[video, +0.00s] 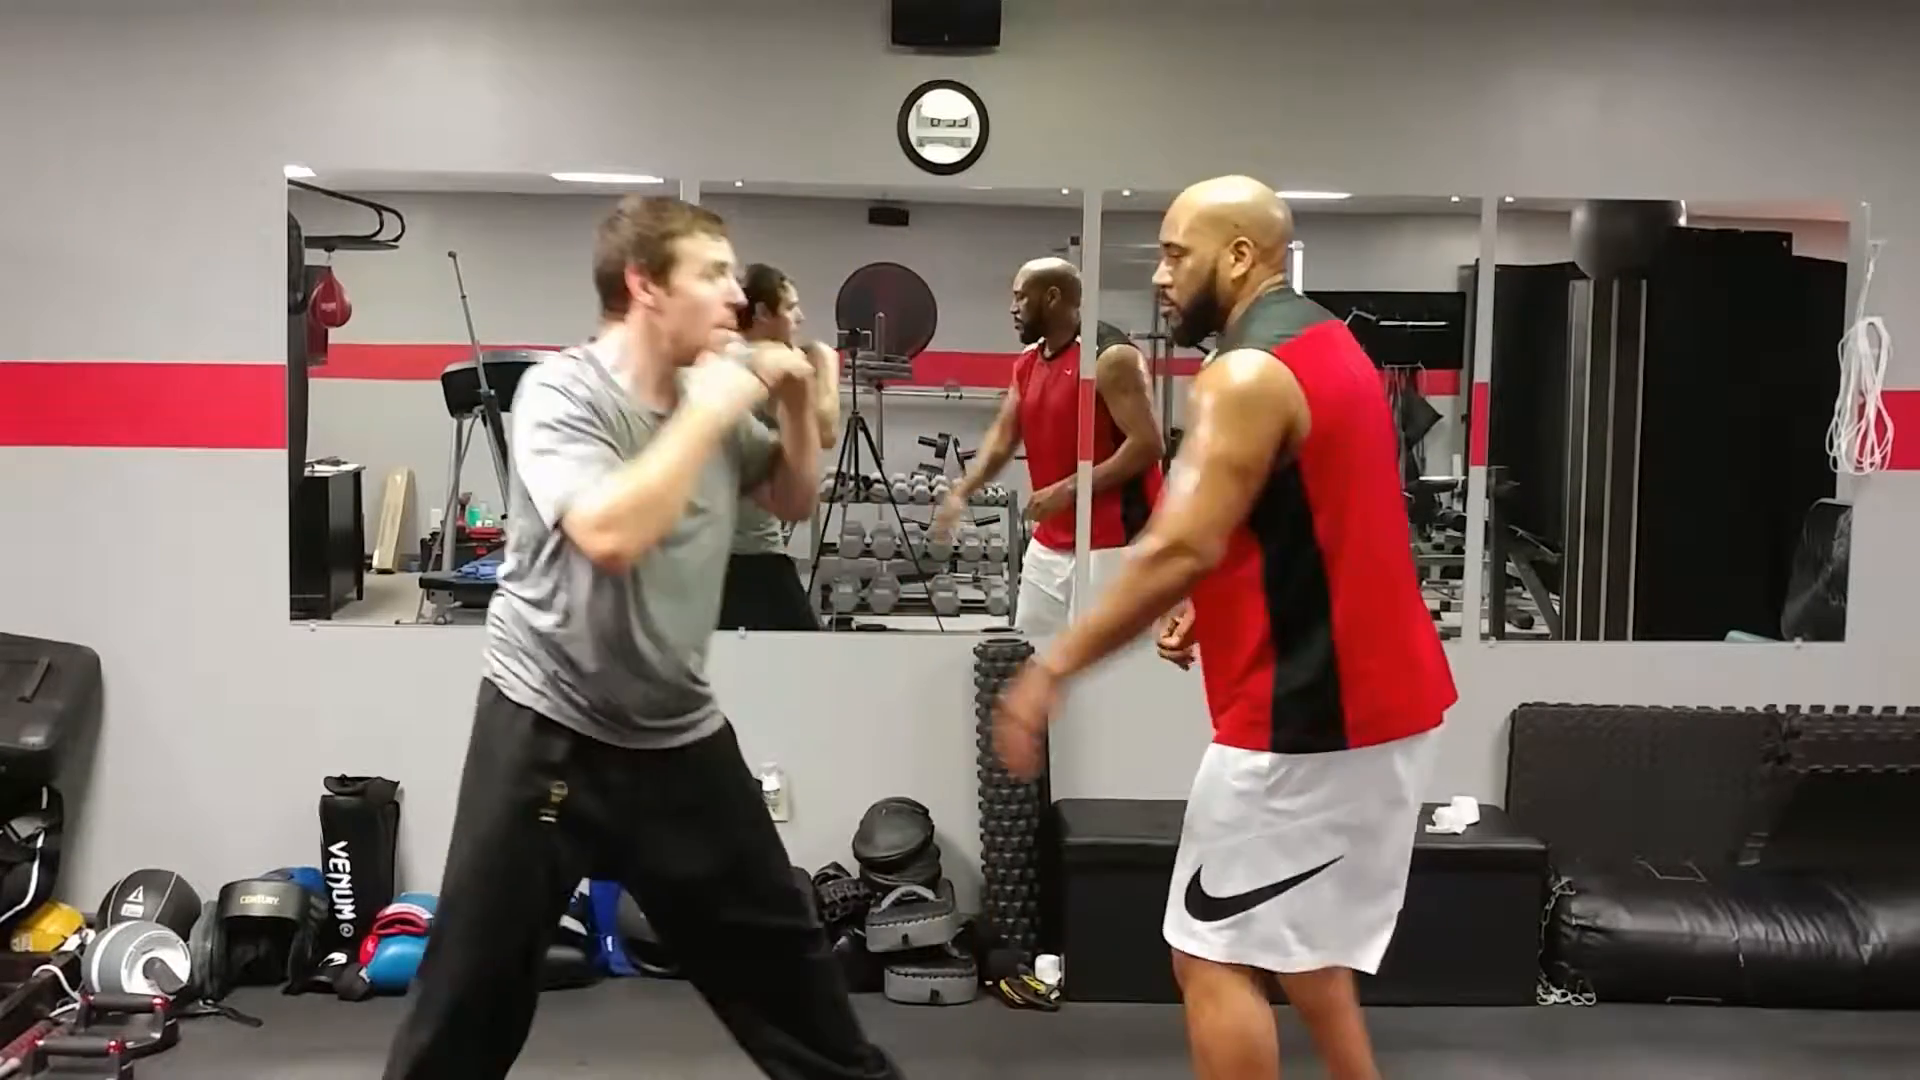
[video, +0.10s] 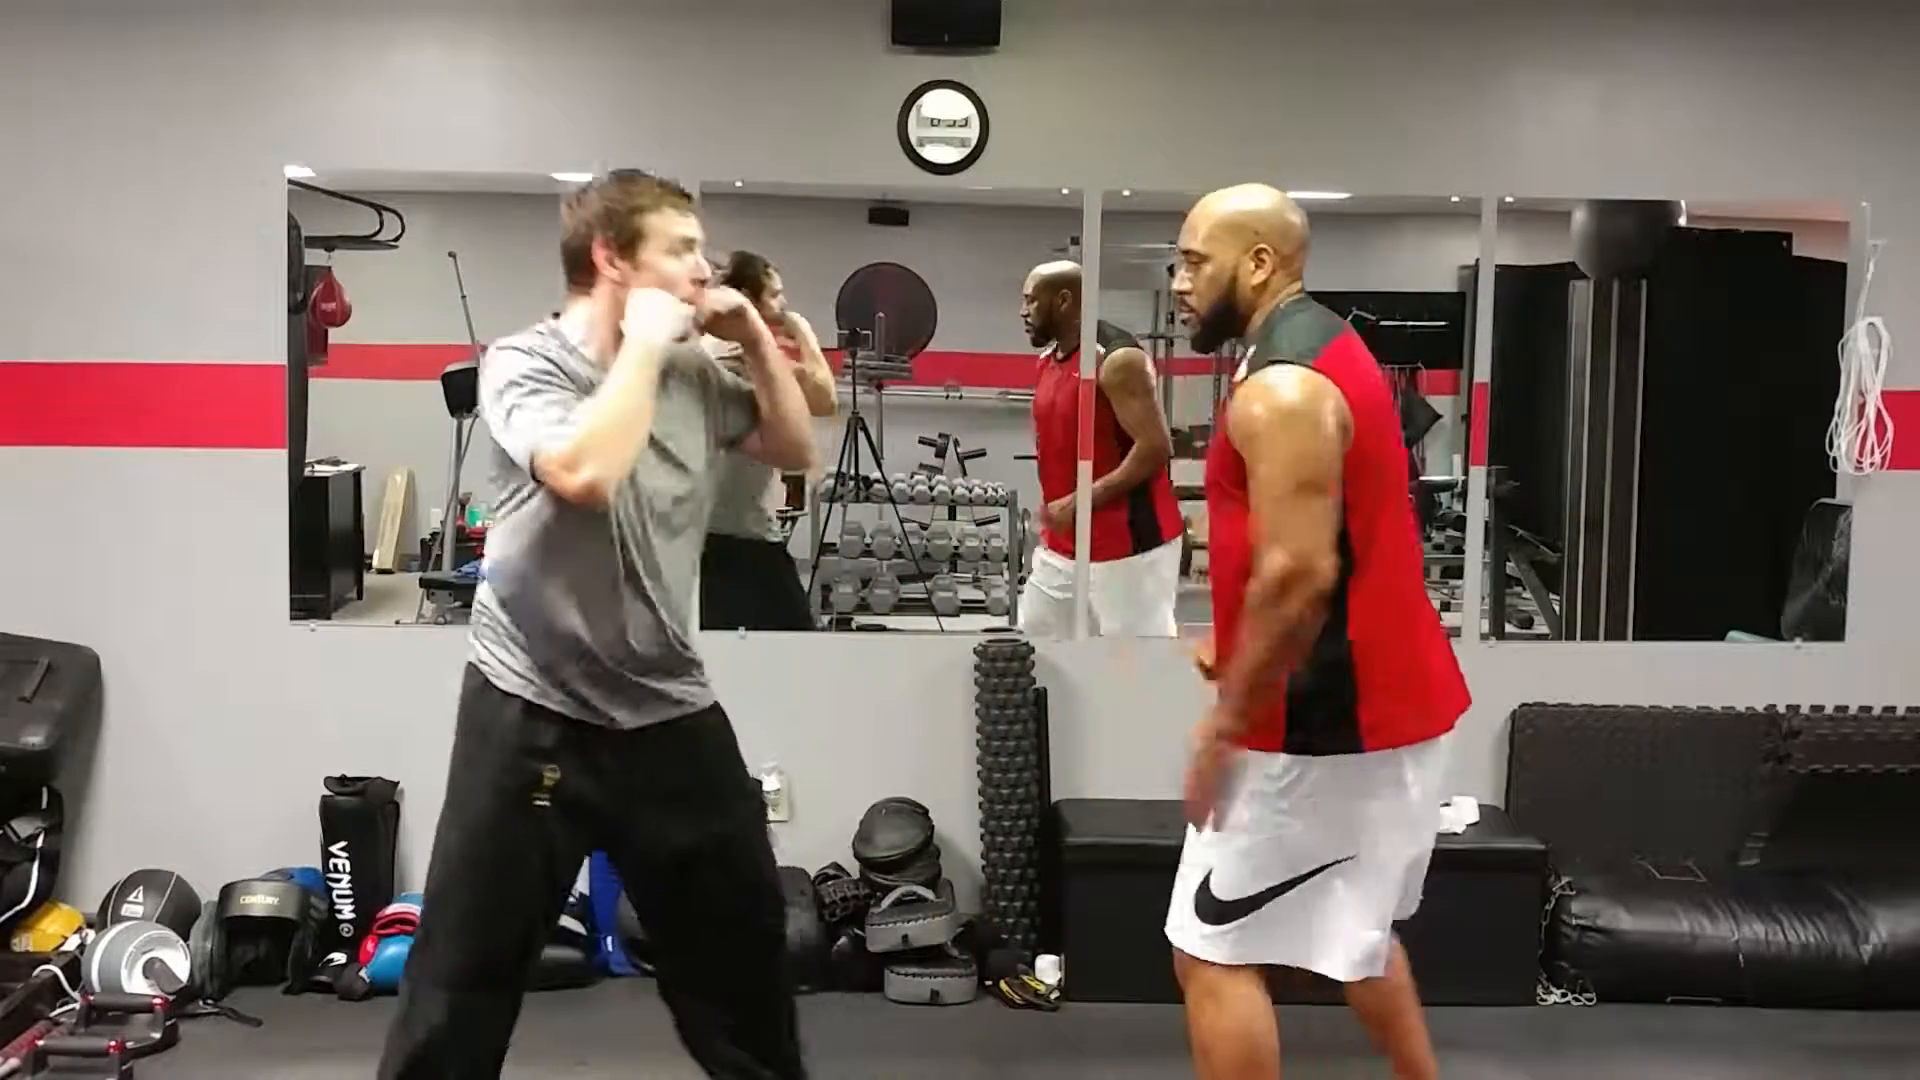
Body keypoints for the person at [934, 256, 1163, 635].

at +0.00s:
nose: (1013, 309)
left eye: (1021, 298)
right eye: (1014, 299)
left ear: (1054, 298)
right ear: (1051, 299)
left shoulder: (1112, 359)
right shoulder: (1027, 365)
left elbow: (1148, 445)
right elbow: (1002, 438)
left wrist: (1070, 489)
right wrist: (961, 490)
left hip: (1107, 551)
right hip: (1048, 545)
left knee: (1101, 675)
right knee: (1032, 664)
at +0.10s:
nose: (1023, 312)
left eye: (1031, 300)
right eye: (1024, 301)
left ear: (1064, 301)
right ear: (1060, 304)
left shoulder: (1120, 361)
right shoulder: (1052, 362)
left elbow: (1155, 448)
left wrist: (1081, 500)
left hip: (1129, 550)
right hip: (1064, 545)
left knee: (1139, 669)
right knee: (1033, 654)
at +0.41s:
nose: (1059, 307)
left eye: (1070, 296)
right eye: (1060, 295)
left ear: (1112, 301)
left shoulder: (1149, 360)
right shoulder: (1070, 364)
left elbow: (1174, 452)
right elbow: (1065, 435)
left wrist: (1127, 524)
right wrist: (1062, 480)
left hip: (1163, 551)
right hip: (1095, 546)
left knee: (1170, 674)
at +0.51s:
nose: (1077, 299)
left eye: (1093, 290)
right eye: (1080, 289)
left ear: (1131, 302)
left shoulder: (1140, 363)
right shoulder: (1081, 343)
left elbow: (1120, 459)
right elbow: (1019, 364)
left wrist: (1062, 489)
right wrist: (992, 394)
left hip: (1166, 546)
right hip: (1101, 540)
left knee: (1174, 671)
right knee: (1082, 659)